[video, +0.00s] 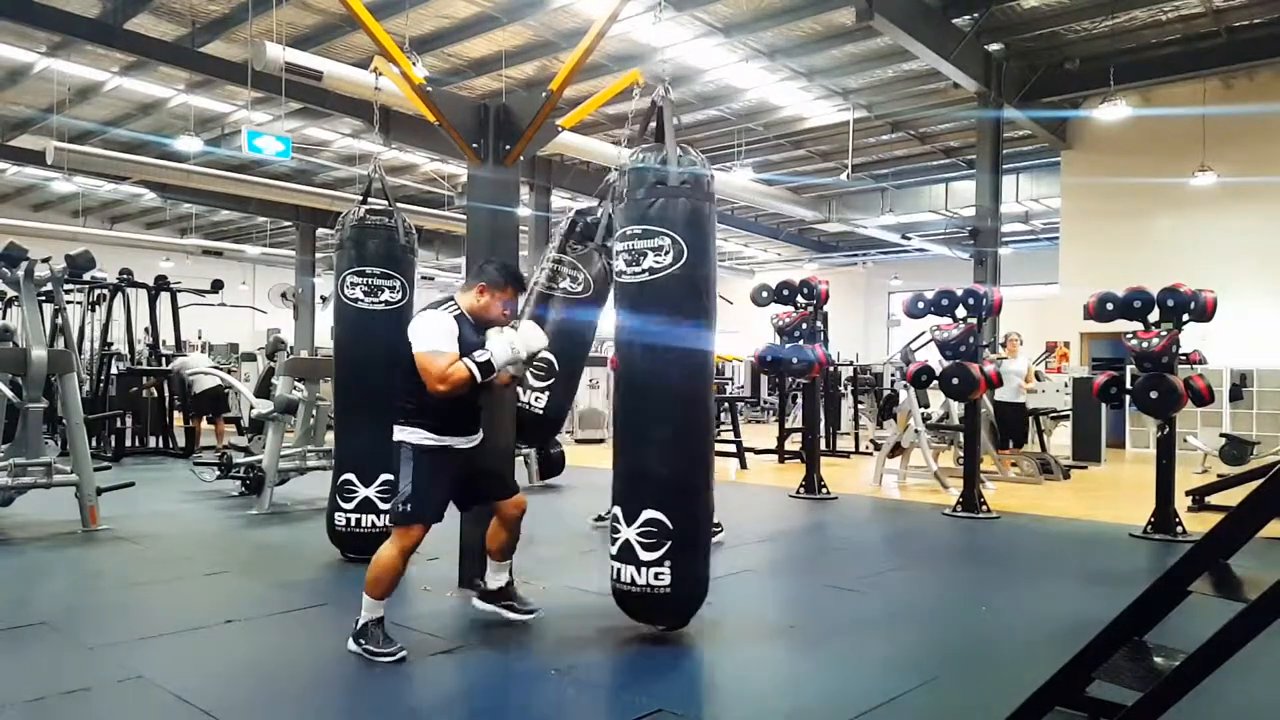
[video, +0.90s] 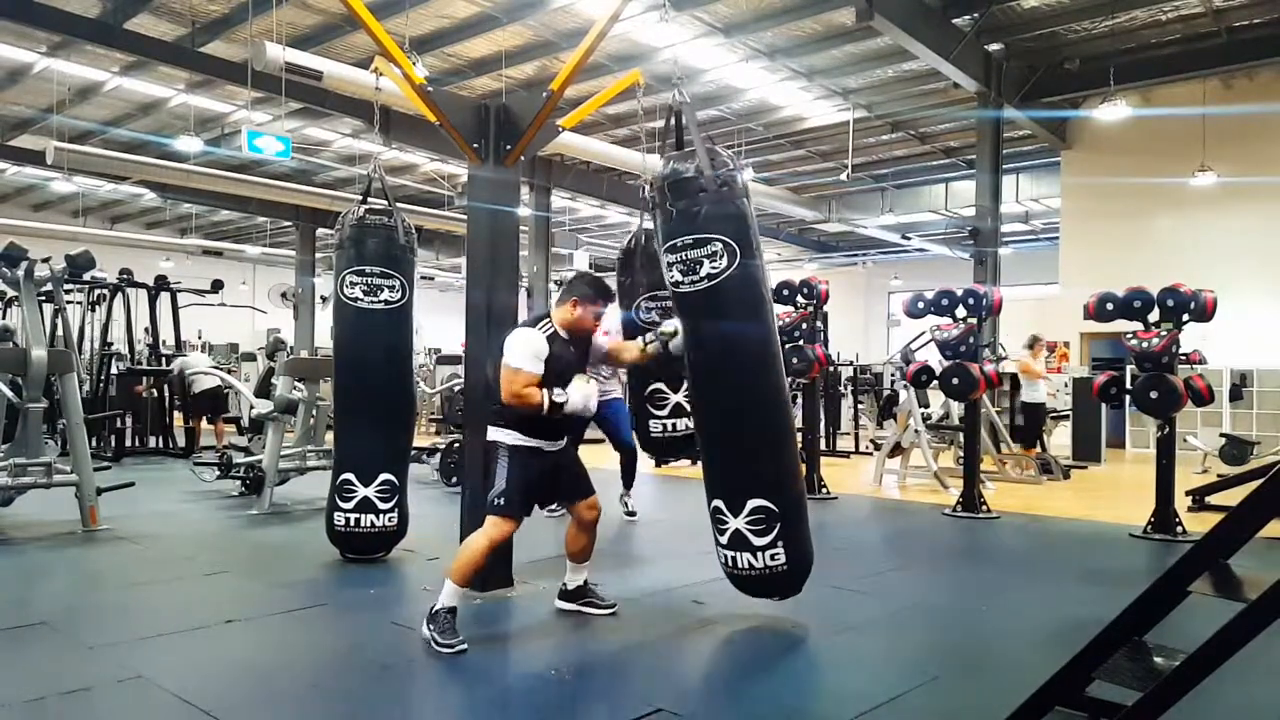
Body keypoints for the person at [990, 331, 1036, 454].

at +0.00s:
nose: (1014, 343)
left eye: (1016, 340)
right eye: (1011, 340)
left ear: (1020, 343)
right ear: (1005, 343)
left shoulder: (1026, 361)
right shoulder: (998, 359)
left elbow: (1032, 382)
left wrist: (1026, 386)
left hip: (1019, 400)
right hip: (1001, 400)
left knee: (1020, 437)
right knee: (1003, 436)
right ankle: (1005, 467)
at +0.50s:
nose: (1024, 343)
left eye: (1027, 341)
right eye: (1021, 341)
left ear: (1031, 344)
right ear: (1016, 343)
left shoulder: (1035, 362)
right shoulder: (1010, 359)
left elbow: (1041, 381)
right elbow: (1000, 373)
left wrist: (1036, 387)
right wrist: (1005, 365)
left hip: (1030, 401)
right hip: (1013, 400)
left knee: (1032, 437)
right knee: (1012, 436)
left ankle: (1028, 468)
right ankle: (1006, 468)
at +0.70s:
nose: (1031, 345)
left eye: (1033, 342)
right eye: (1028, 342)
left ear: (1037, 344)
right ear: (1022, 345)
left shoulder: (1038, 362)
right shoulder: (1017, 361)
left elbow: (1042, 379)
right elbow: (1015, 373)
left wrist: (1043, 381)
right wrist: (1023, 360)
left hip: (1036, 398)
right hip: (1020, 399)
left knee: (1033, 437)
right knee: (1017, 437)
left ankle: (1028, 468)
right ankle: (1008, 467)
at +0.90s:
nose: (1042, 349)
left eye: (1044, 346)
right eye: (1040, 345)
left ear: (1043, 347)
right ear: (1032, 345)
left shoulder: (1039, 360)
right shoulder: (1024, 361)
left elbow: (1038, 382)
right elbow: (1039, 373)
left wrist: (1048, 391)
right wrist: (1041, 358)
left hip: (1040, 400)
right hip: (1030, 401)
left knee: (1035, 434)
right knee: (1031, 435)